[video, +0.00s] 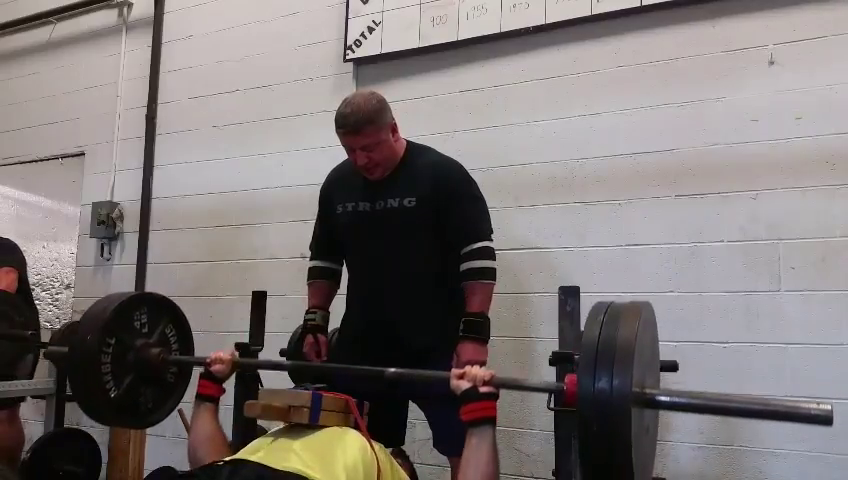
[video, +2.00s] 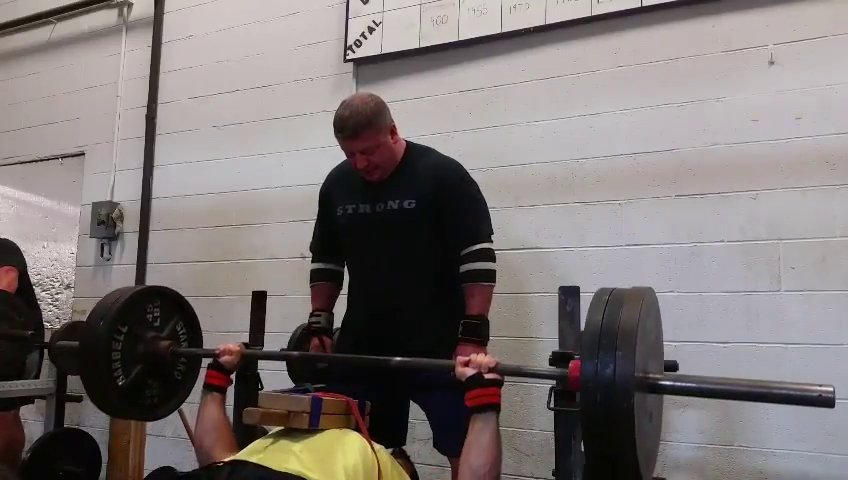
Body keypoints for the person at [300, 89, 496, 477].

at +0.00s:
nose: (361, 159)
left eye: (369, 148)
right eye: (351, 150)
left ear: (395, 131)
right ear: (342, 142)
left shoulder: (445, 177)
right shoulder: (338, 185)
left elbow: (478, 259)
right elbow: (325, 261)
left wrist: (474, 335)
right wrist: (315, 323)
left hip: (438, 339)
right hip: (365, 338)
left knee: (463, 450)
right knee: (367, 451)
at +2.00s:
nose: (360, 163)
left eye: (368, 152)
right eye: (351, 154)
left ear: (394, 134)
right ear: (341, 145)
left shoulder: (445, 178)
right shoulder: (338, 186)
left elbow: (478, 260)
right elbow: (327, 262)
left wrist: (473, 337)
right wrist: (319, 327)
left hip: (439, 341)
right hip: (366, 340)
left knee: (466, 451)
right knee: (367, 452)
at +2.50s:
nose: (357, 163)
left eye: (365, 152)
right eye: (348, 155)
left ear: (392, 134)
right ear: (338, 145)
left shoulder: (443, 173)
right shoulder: (338, 183)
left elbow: (493, 234)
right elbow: (322, 249)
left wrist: (460, 297)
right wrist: (318, 304)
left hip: (437, 345)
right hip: (364, 343)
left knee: (462, 457)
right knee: (366, 460)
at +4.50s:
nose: (394, 146)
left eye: (399, 133)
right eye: (380, 139)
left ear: (409, 122)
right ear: (359, 138)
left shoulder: (449, 172)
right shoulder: (345, 181)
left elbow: (488, 246)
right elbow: (330, 257)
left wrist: (474, 317)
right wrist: (326, 318)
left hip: (443, 344)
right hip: (369, 344)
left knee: (466, 458)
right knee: (367, 460)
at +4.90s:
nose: (359, 157)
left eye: (367, 146)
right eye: (351, 148)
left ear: (395, 133)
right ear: (343, 143)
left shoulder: (446, 176)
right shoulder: (344, 184)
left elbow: (485, 253)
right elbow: (331, 259)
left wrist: (472, 323)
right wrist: (328, 319)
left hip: (439, 343)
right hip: (368, 341)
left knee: (466, 453)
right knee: (362, 453)